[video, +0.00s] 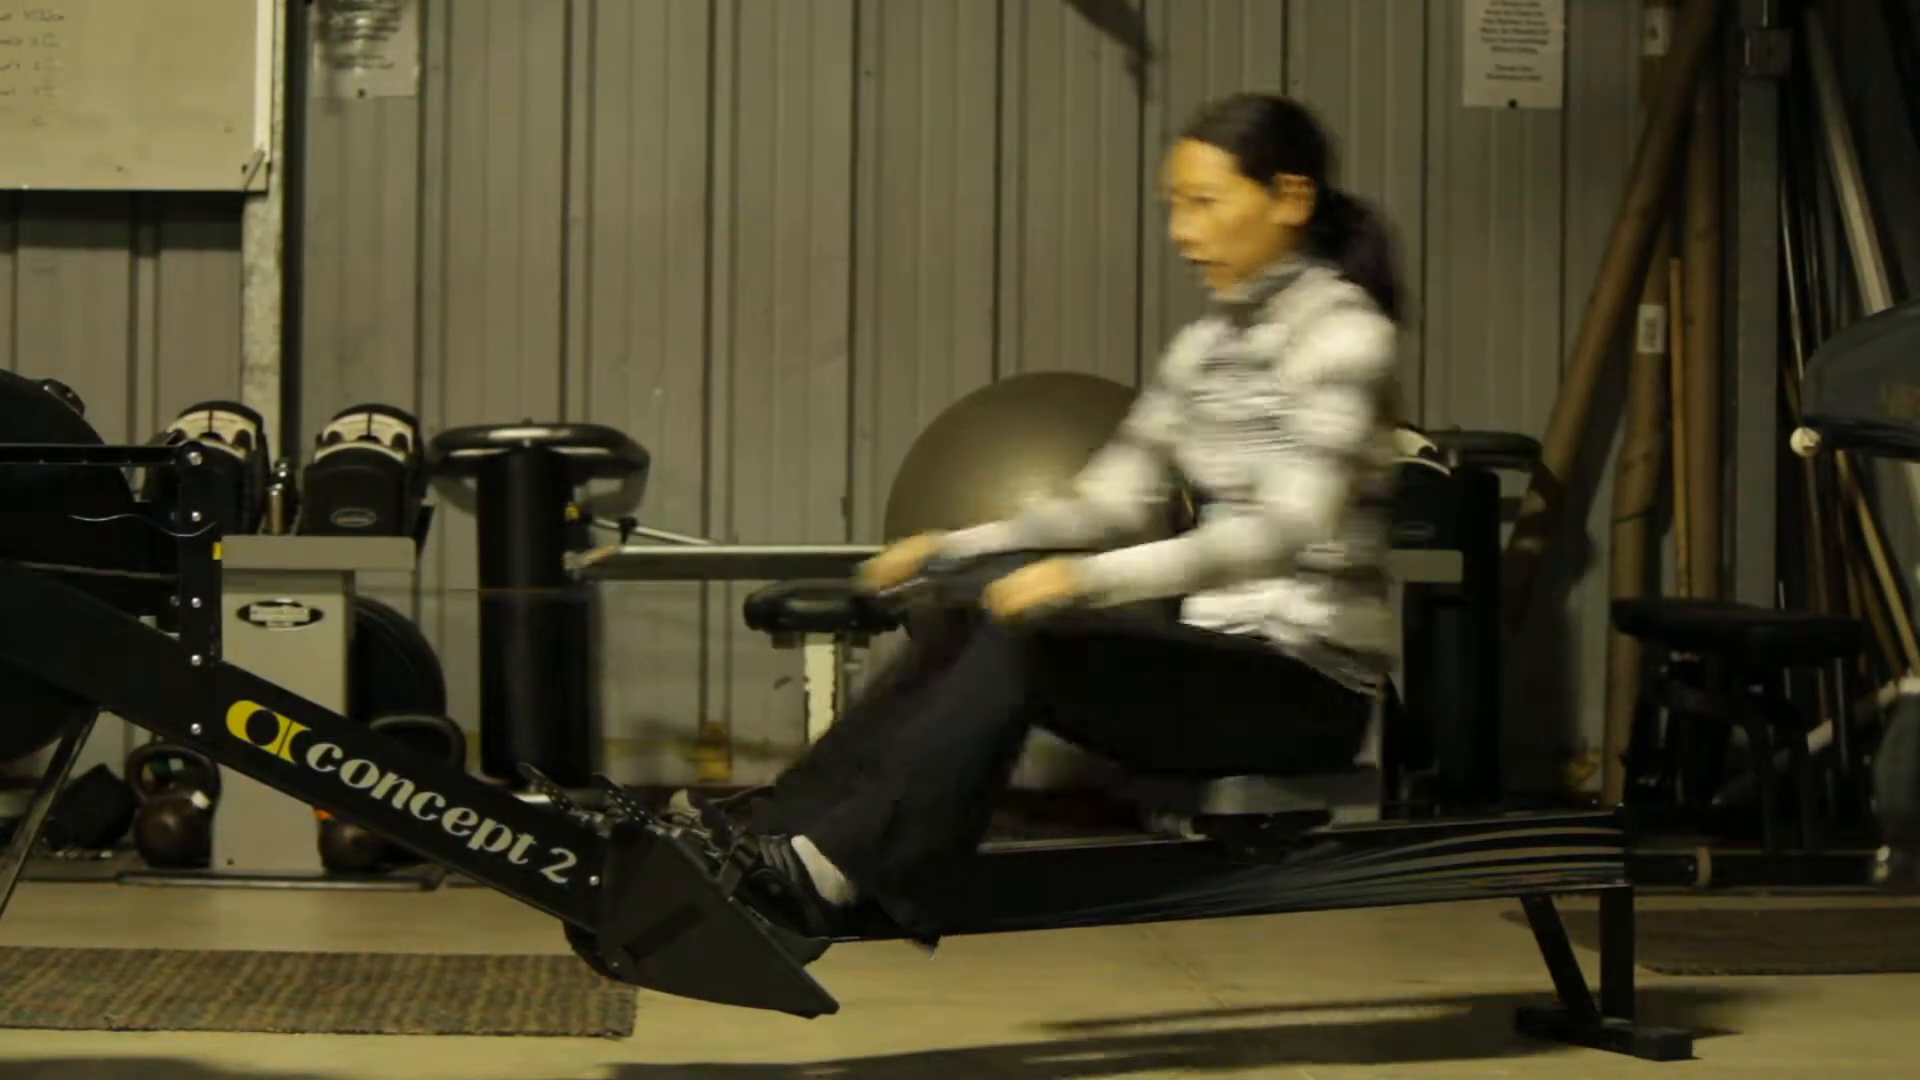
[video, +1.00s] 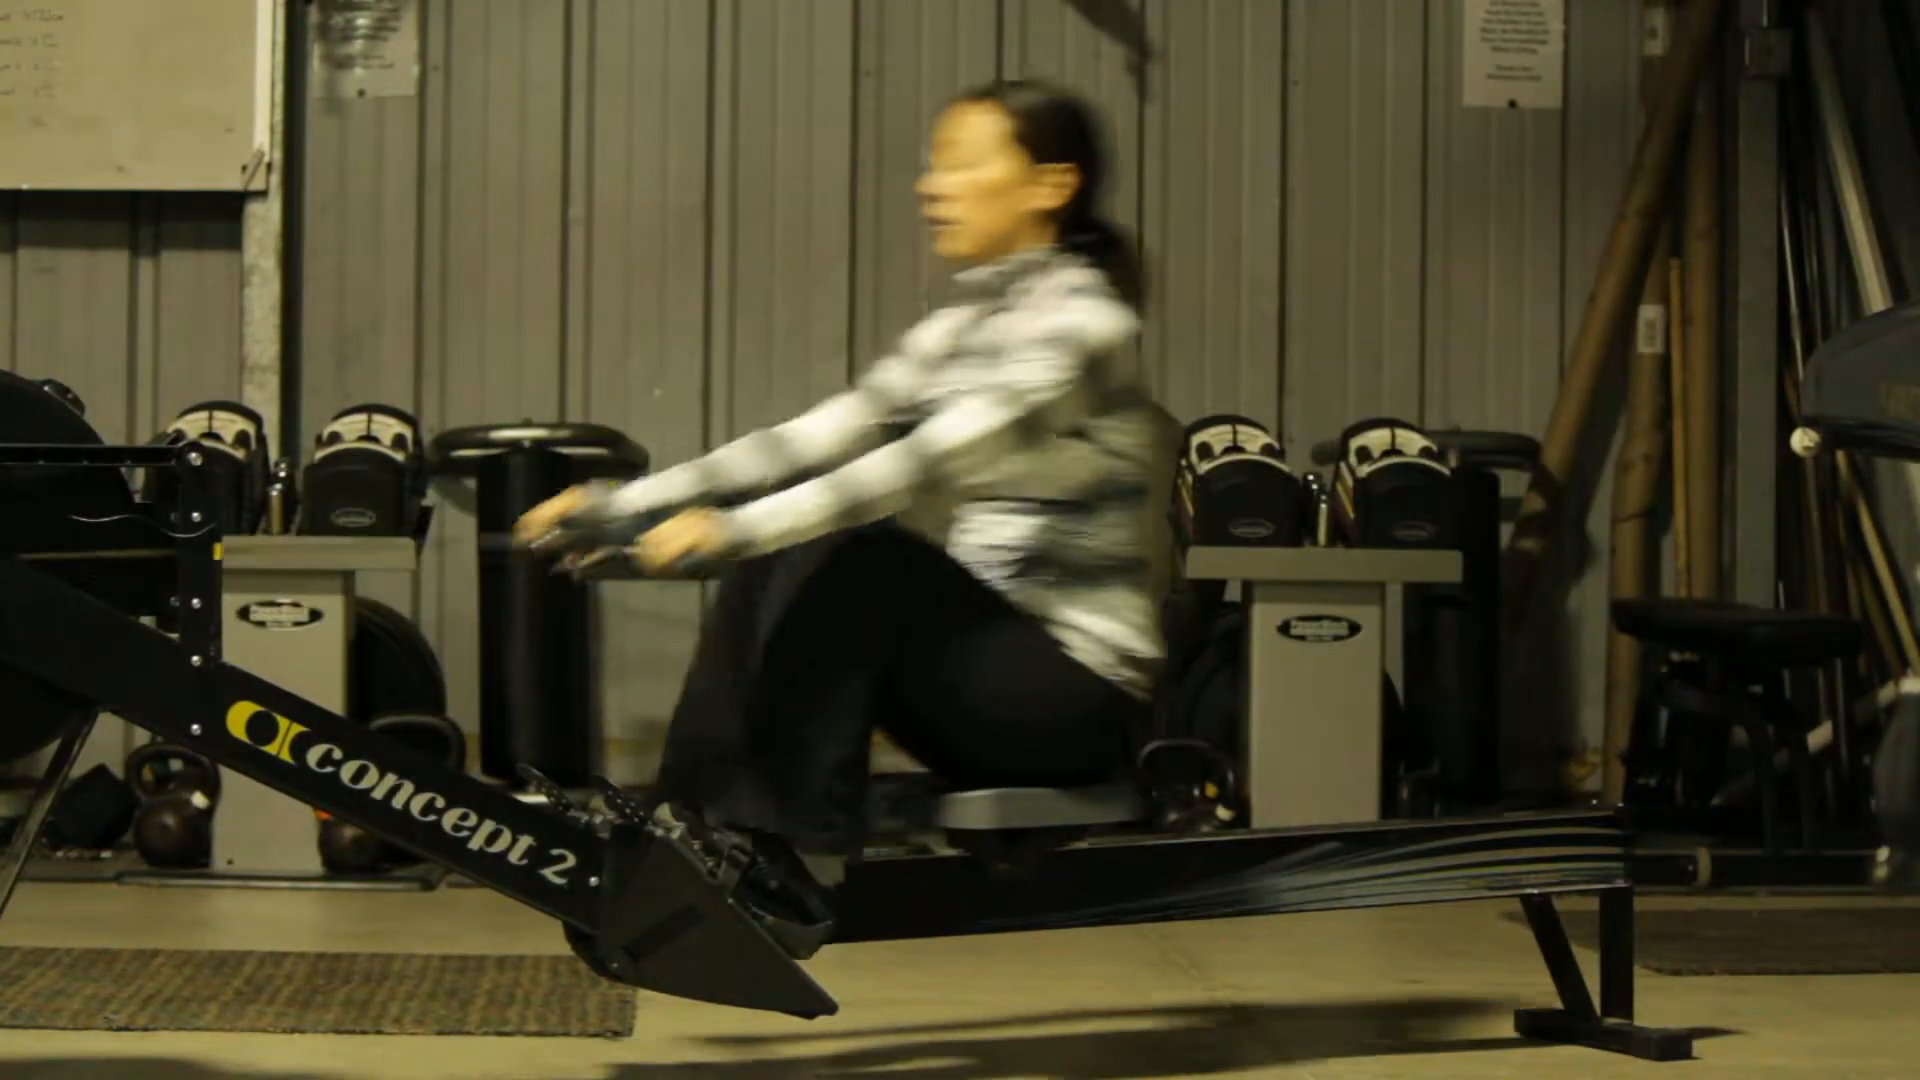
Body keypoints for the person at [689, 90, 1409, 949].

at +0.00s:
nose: (1180, 231)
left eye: (1202, 205)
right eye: (1176, 206)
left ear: (1289, 200)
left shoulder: (1343, 332)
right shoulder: (1203, 342)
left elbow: (1282, 526)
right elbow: (1108, 504)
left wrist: (1086, 580)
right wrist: (944, 547)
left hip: (1306, 682)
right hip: (1208, 655)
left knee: (1020, 649)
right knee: (962, 627)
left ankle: (831, 871)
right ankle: (768, 835)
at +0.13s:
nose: (1038, 226)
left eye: (1062, 197)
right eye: (1035, 200)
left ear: (1153, 197)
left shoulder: (1202, 333)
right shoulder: (1074, 335)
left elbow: (1085, 521)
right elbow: (944, 482)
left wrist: (903, 632)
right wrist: (765, 591)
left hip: (1220, 696)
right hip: (1116, 669)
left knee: (958, 638)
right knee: (895, 596)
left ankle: (818, 871)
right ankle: (760, 819)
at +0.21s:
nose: (941, 226)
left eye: (966, 198)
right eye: (941, 201)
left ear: (1059, 202)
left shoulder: (1104, 341)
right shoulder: (981, 343)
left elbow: (980, 524)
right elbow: (842, 479)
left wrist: (798, 641)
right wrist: (655, 595)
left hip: (1165, 693)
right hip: (1063, 672)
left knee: (918, 598)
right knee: (829, 571)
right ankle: (740, 835)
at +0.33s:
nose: (803, 235)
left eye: (830, 207)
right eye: (805, 209)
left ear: (921, 219)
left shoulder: (964, 353)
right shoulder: (855, 354)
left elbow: (822, 524)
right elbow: (699, 478)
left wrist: (630, 633)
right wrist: (503, 585)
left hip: (1079, 692)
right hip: (996, 679)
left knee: (853, 580)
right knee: (787, 577)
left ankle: (803, 874)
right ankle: (715, 836)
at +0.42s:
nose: (727, 248)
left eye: (754, 222)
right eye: (730, 224)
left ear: (844, 231)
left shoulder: (888, 362)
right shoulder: (782, 366)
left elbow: (735, 513)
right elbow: (620, 472)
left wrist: (533, 612)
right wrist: (414, 564)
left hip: (1028, 690)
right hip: (942, 675)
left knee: (800, 553)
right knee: (733, 559)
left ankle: (791, 863)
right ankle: (714, 834)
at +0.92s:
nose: (825, 189)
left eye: (859, 165)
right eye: (829, 166)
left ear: (947, 192)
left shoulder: (982, 325)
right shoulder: (861, 331)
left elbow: (835, 484)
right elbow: (725, 464)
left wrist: (651, 571)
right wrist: (540, 554)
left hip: (1020, 702)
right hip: (933, 690)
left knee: (823, 558)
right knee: (736, 564)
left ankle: (790, 850)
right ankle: (678, 833)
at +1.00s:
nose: (930, 188)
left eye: (962, 165)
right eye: (934, 165)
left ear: (1052, 187)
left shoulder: (1079, 318)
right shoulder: (965, 320)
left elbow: (926, 459)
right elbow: (816, 437)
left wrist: (735, 528)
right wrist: (621, 504)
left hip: (1080, 702)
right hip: (999, 685)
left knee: (867, 562)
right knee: (775, 550)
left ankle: (782, 858)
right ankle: (693, 823)